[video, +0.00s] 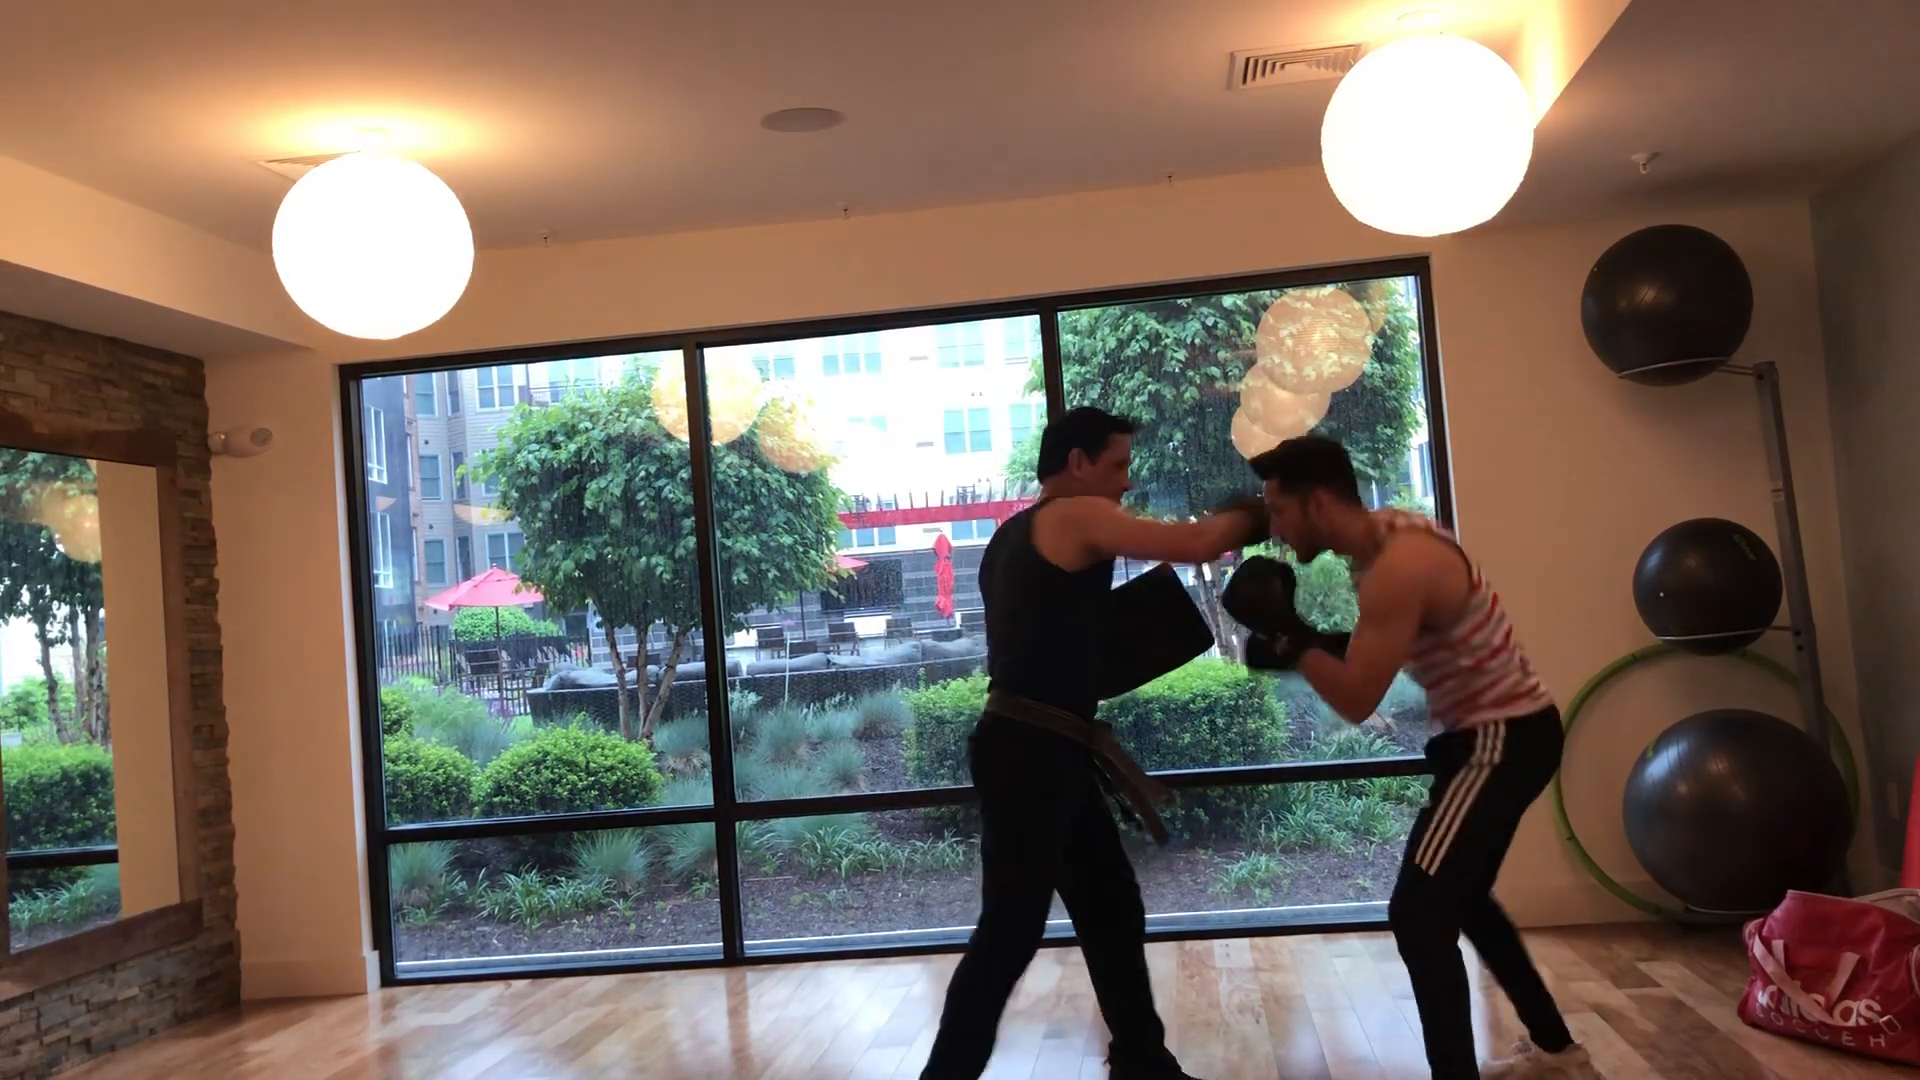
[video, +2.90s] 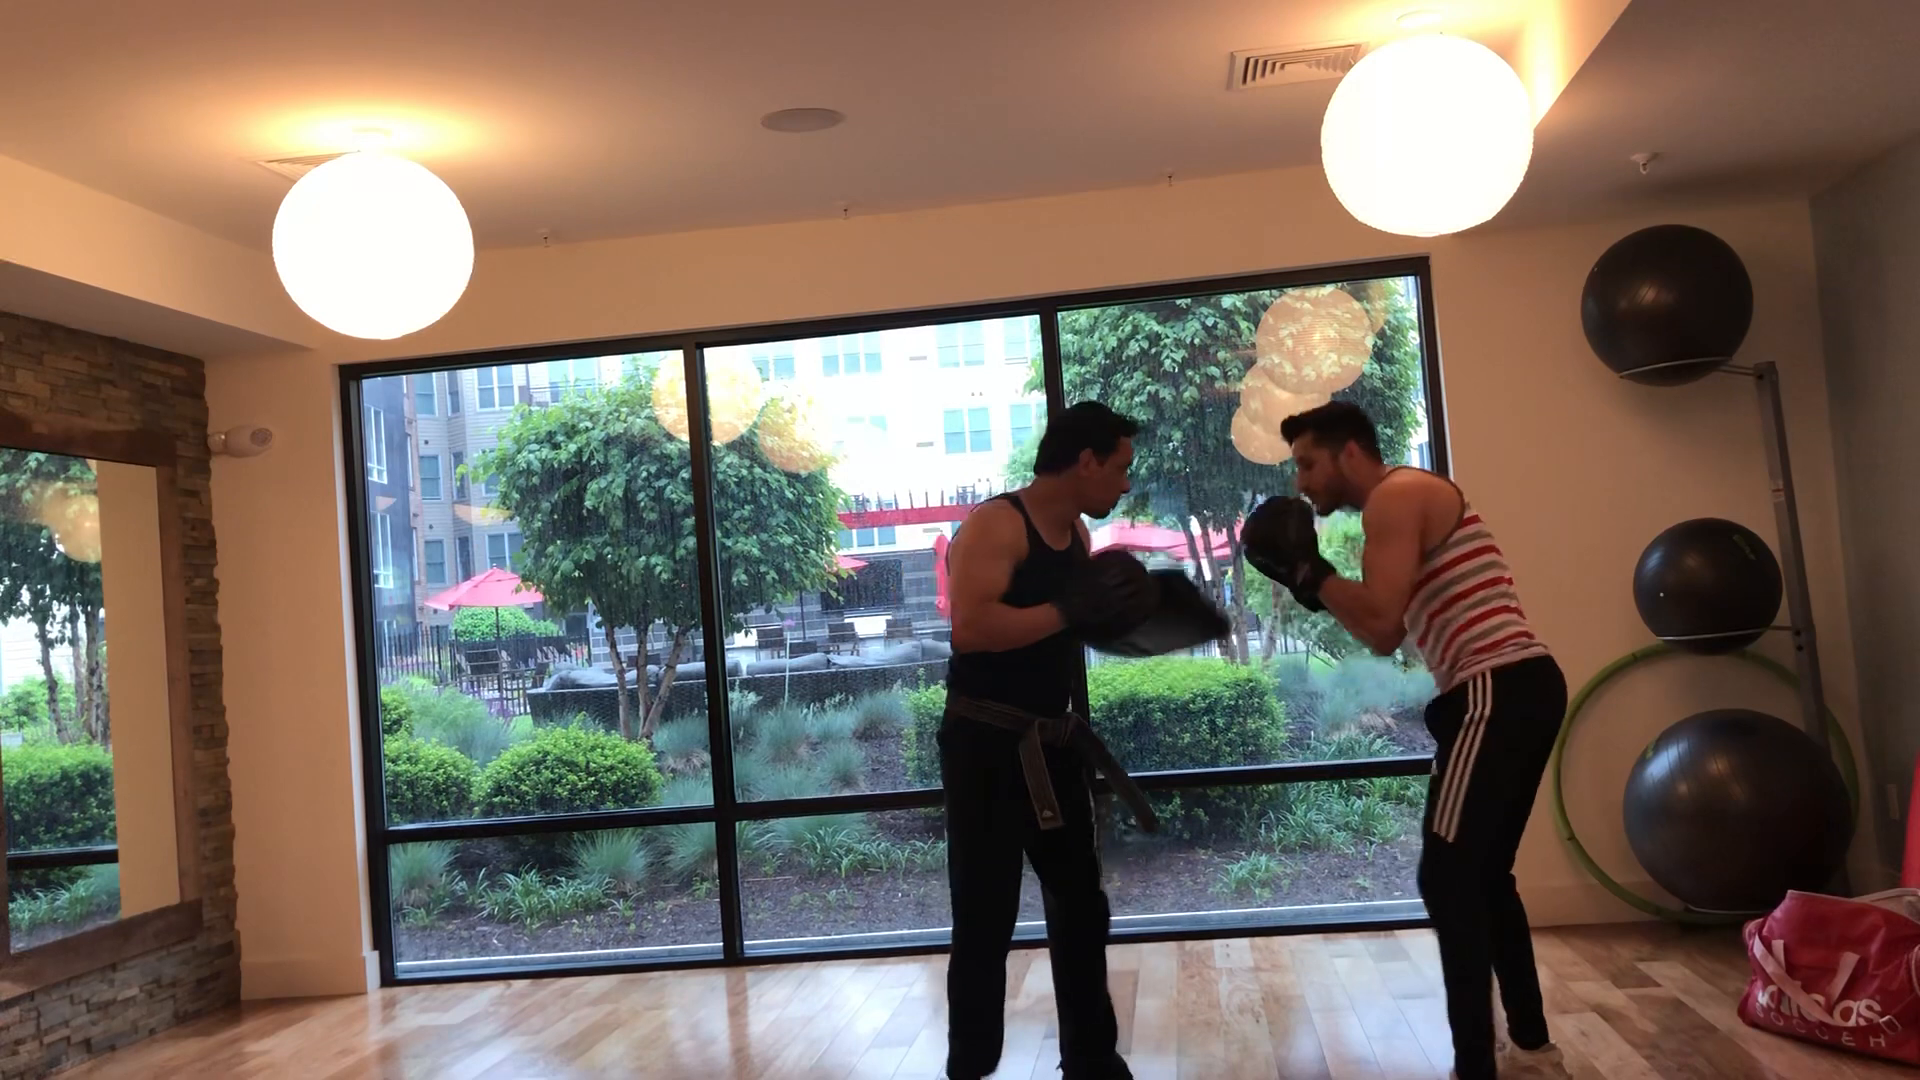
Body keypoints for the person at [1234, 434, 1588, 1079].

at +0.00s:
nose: (1274, 528)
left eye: (1277, 511)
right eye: (1270, 513)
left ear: (1317, 501)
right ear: (1324, 500)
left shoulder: (1400, 565)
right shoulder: (1388, 533)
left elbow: (1354, 700)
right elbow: (1392, 648)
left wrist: (1289, 642)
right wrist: (1312, 641)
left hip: (1501, 735)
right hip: (1492, 727)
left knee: (1417, 912)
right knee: (1466, 895)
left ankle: (1454, 1075)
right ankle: (1552, 1037)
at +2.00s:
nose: (1276, 566)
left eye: (1278, 551)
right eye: (1274, 551)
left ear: (1310, 558)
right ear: (1339, 545)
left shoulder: (1408, 627)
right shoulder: (1380, 587)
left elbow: (1333, 754)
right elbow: (1397, 683)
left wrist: (1299, 660)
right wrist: (1317, 704)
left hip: (1537, 758)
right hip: (1492, 752)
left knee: (1428, 917)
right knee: (1444, 899)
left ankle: (1481, 1071)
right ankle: (1530, 1042)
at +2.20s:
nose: (1279, 521)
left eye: (1285, 503)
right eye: (1280, 505)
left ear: (1321, 504)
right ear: (1336, 501)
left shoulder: (1402, 569)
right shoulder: (1384, 558)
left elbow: (1350, 708)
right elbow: (1396, 661)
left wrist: (1285, 644)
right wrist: (1303, 687)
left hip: (1519, 744)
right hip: (1488, 742)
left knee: (1432, 915)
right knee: (1454, 899)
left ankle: (1481, 1071)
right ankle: (1527, 1040)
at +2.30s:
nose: (1288, 501)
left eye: (1292, 481)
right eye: (1283, 485)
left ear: (1339, 463)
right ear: (1343, 468)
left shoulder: (1387, 524)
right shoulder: (1402, 510)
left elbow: (1387, 639)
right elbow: (1398, 633)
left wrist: (1296, 628)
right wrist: (1305, 626)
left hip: (1496, 721)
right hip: (1496, 715)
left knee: (1437, 909)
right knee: (1463, 887)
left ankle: (1483, 1069)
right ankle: (1527, 1040)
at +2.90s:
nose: (1302, 484)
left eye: (1306, 465)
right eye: (1297, 470)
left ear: (1348, 452)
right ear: (1352, 456)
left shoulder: (1397, 495)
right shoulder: (1413, 497)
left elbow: (1379, 619)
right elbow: (1384, 632)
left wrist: (1306, 567)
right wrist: (1312, 576)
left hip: (1495, 688)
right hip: (1520, 683)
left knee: (1445, 878)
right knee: (1485, 870)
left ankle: (1474, 1068)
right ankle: (1530, 1037)